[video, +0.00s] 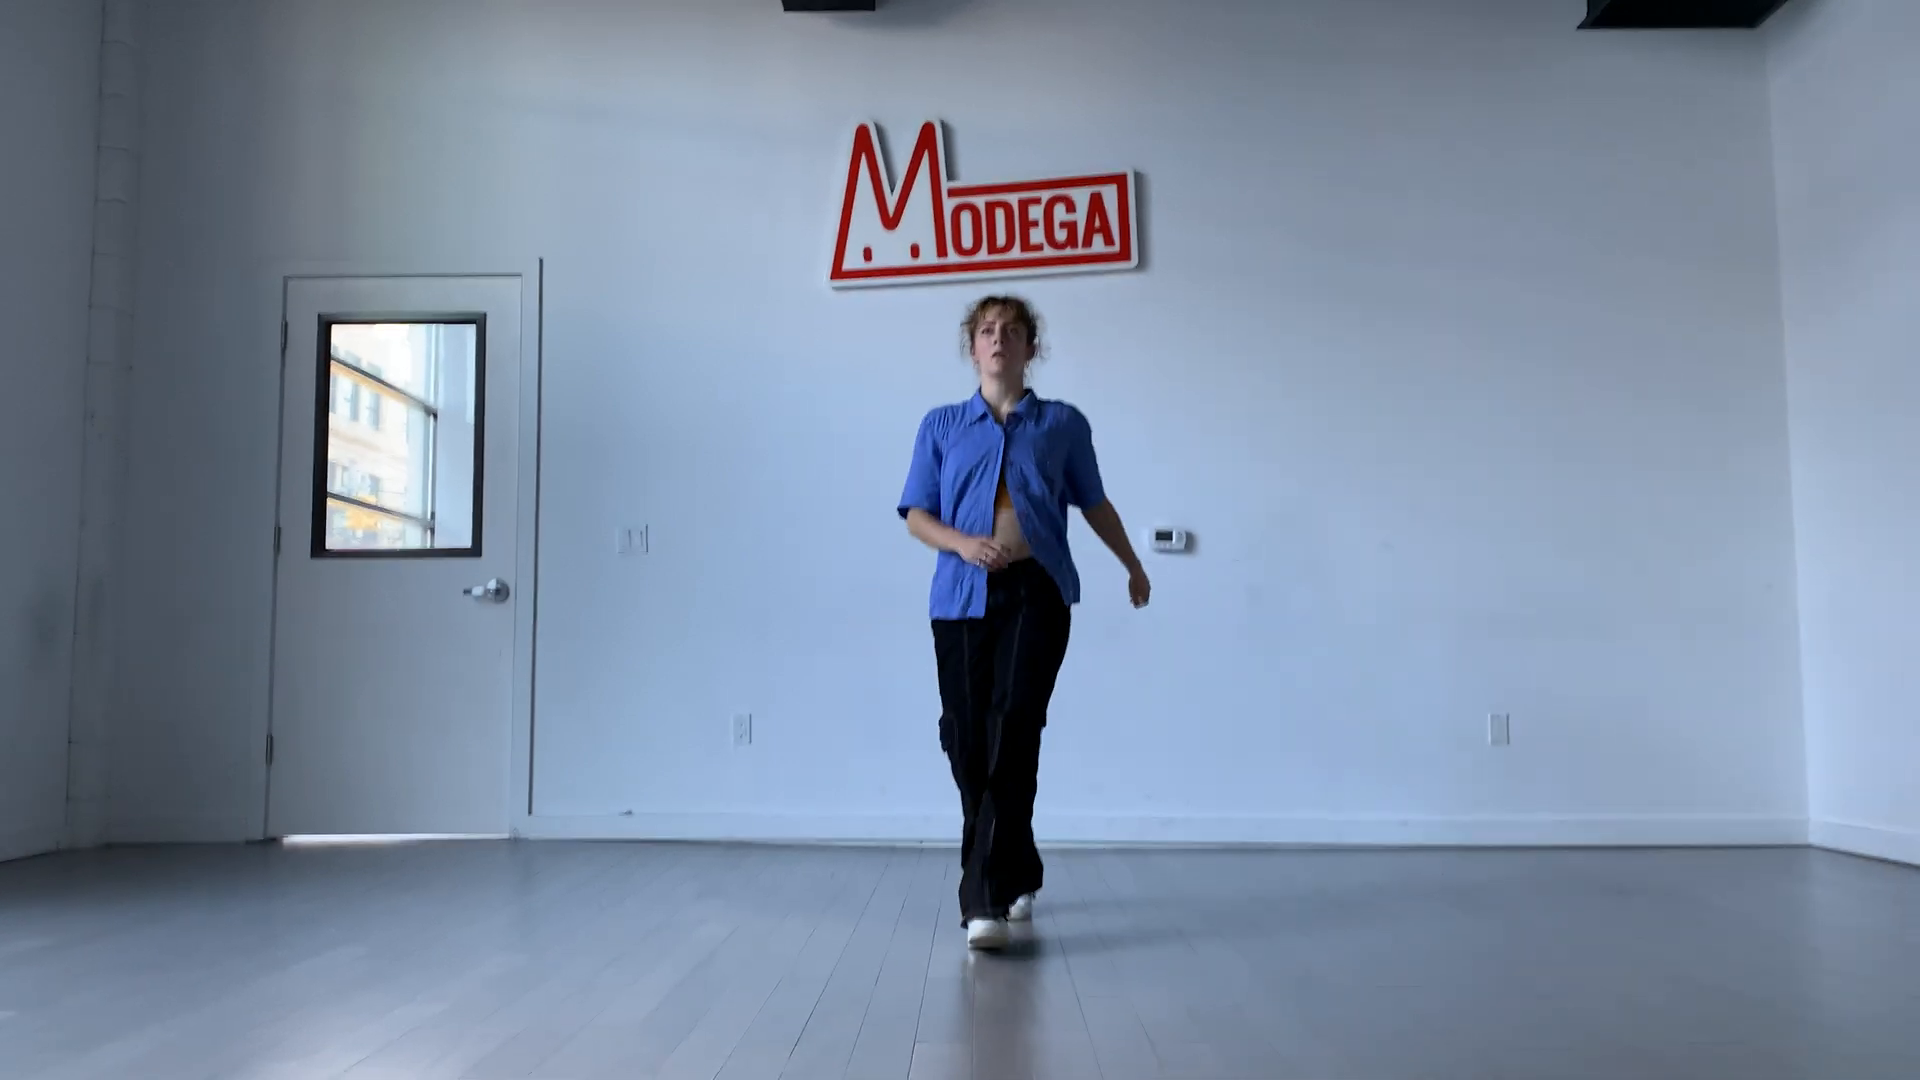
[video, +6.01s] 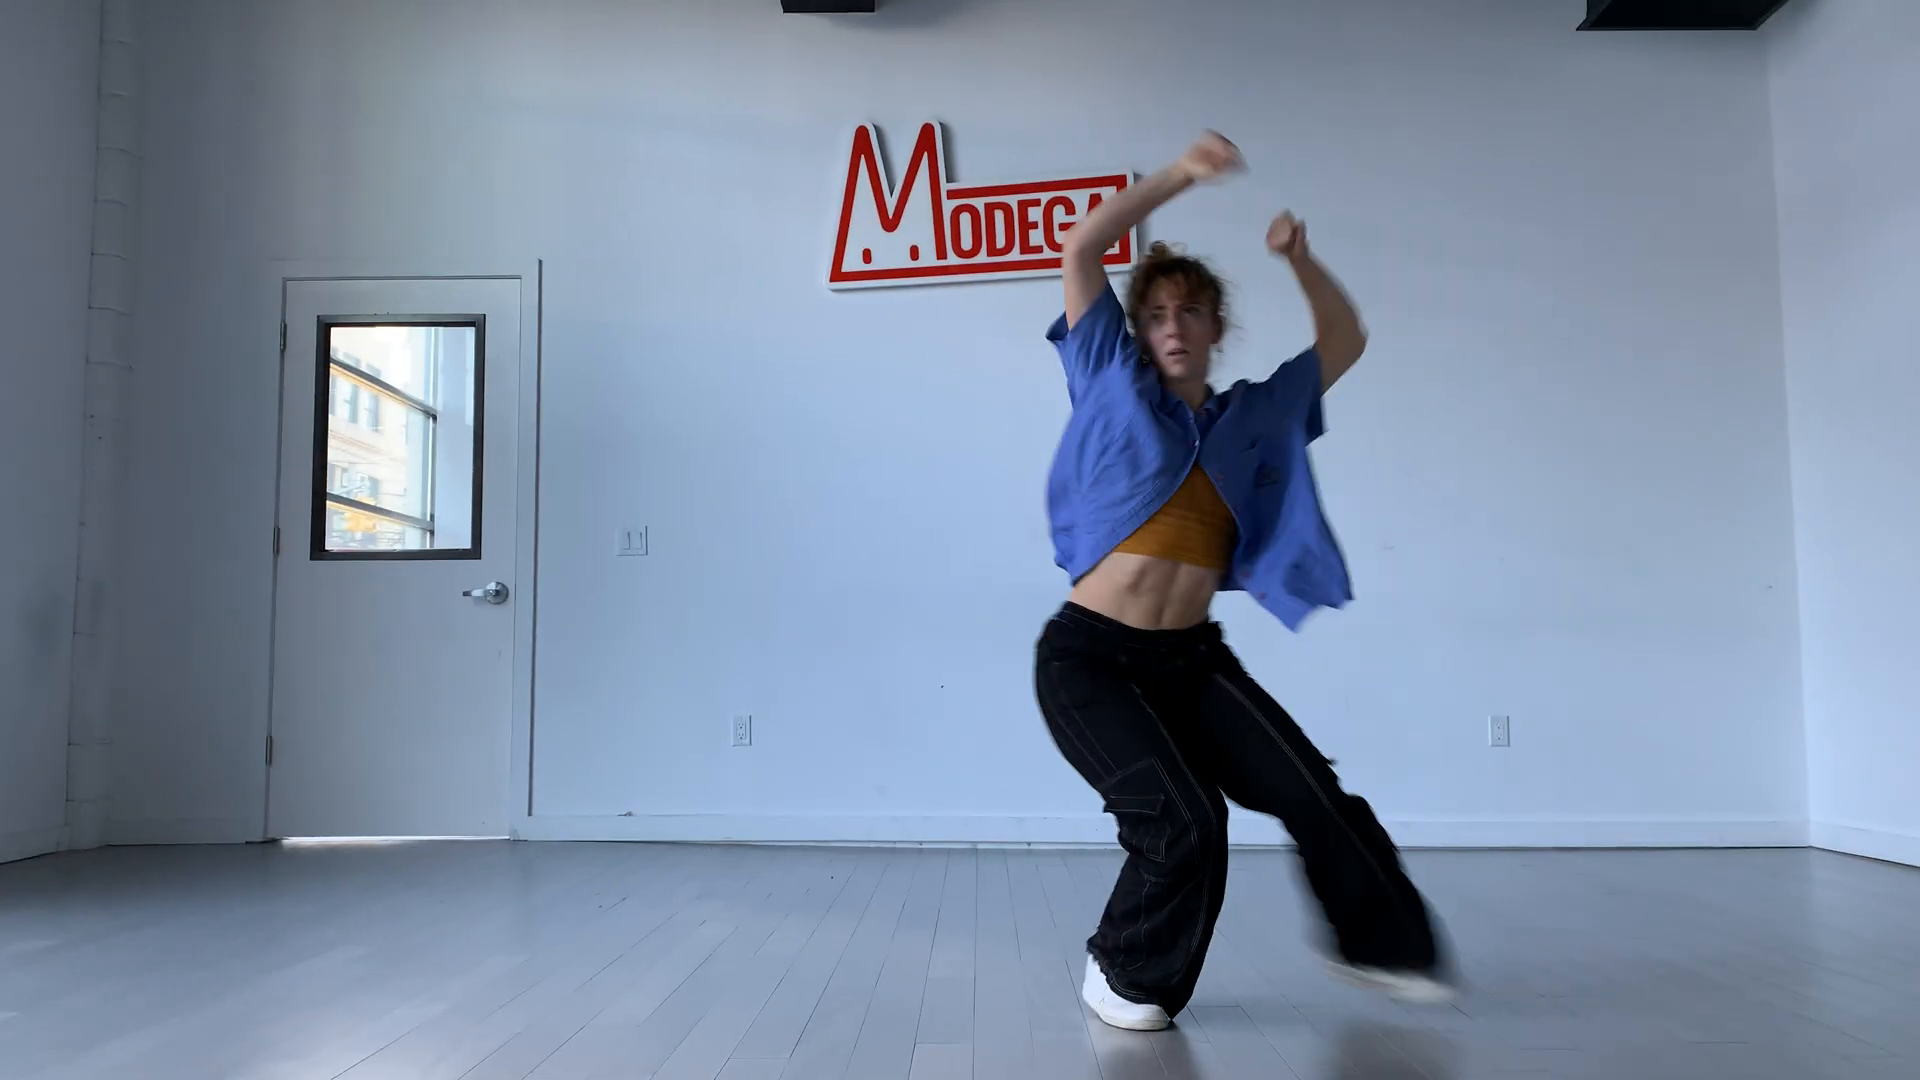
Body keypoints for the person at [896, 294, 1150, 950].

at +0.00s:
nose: (998, 340)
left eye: (1010, 331)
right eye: (987, 331)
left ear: (1031, 348)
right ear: (970, 348)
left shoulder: (1063, 424)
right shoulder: (941, 427)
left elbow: (1093, 503)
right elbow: (917, 518)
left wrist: (1133, 564)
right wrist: (965, 544)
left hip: (1035, 595)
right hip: (960, 598)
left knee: (1012, 735)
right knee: (964, 744)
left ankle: (986, 905)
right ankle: (1018, 875)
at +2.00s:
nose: (1014, 299)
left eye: (1030, 284)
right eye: (1001, 283)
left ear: (1053, 293)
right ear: (983, 288)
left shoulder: (1081, 389)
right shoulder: (943, 372)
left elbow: (1129, 493)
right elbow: (867, 450)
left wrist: (1172, 588)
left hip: (1046, 591)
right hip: (953, 587)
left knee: (1109, 750)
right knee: (929, 761)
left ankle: (1189, 906)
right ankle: (959, 939)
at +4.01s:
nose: (1159, 328)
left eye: (1150, 320)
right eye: (1143, 323)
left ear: (1132, 347)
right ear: (1119, 343)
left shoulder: (1157, 422)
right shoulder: (1118, 382)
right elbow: (1061, 394)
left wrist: (1152, 532)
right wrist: (1113, 466)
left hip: (1101, 622)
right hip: (1039, 611)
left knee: (1172, 765)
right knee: (977, 782)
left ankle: (1210, 927)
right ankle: (859, 921)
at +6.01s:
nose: (1172, 327)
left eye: (1188, 311)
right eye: (1156, 315)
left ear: (1217, 327)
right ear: (1136, 332)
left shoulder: (1252, 418)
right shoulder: (1109, 386)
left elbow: (1344, 341)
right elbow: (1080, 250)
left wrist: (1304, 262)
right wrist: (1176, 174)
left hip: (1190, 660)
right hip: (1090, 657)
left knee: (1316, 797)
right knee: (1183, 822)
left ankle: (1387, 955)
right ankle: (1127, 975)